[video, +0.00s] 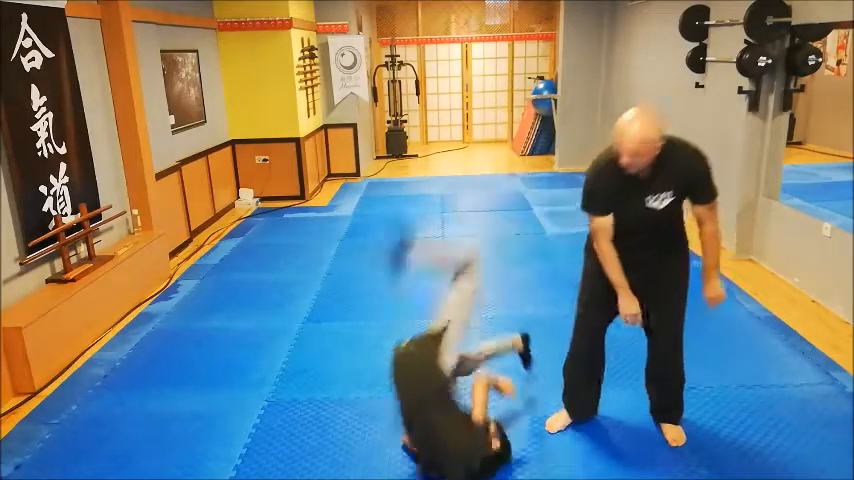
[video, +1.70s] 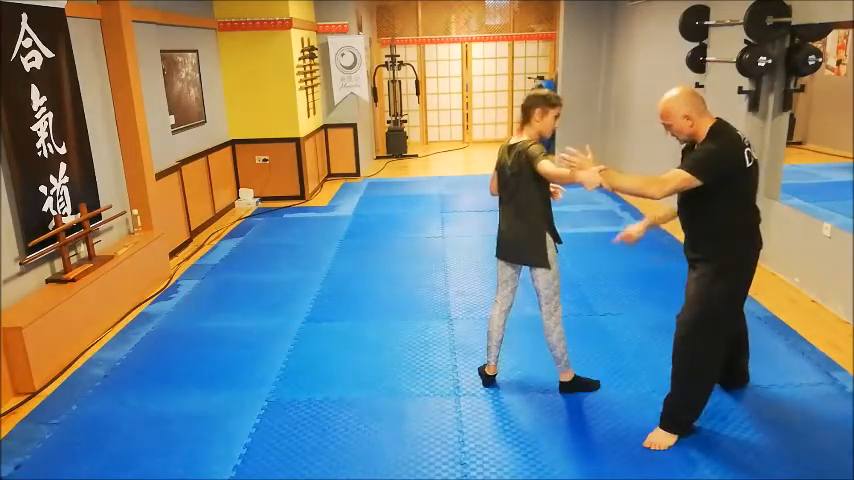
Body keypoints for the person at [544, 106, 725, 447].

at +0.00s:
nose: (625, 161)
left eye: (635, 155)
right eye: (622, 152)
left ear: (656, 146)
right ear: (617, 144)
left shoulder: (687, 162)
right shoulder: (603, 173)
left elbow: (707, 220)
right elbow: (602, 240)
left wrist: (711, 277)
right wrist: (623, 292)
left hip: (665, 254)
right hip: (611, 251)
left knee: (667, 337)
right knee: (587, 328)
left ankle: (667, 414)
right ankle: (578, 406)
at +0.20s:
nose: (664, 119)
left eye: (674, 113)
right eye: (659, 110)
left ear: (694, 113)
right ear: (653, 106)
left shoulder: (718, 150)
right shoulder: (630, 152)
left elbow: (727, 208)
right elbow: (609, 217)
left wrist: (726, 265)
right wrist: (614, 277)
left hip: (682, 266)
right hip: (629, 262)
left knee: (677, 349)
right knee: (595, 341)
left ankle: (669, 417)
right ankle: (576, 406)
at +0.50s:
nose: (690, 97)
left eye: (701, 91)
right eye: (686, 89)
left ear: (720, 97)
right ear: (679, 91)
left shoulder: (741, 145)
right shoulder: (652, 138)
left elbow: (746, 209)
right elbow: (626, 199)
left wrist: (742, 268)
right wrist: (618, 254)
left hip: (700, 267)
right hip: (644, 259)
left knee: (688, 348)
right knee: (615, 332)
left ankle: (671, 416)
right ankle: (614, 388)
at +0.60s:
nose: (693, 94)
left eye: (704, 88)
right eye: (689, 85)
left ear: (723, 95)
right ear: (682, 89)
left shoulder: (745, 143)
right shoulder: (657, 136)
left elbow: (750, 208)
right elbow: (631, 196)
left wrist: (745, 267)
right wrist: (624, 250)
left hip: (704, 263)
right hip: (650, 255)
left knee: (690, 344)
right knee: (622, 315)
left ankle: (671, 414)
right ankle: (645, 367)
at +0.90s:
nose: (696, 90)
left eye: (707, 85)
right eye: (693, 84)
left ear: (726, 92)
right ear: (687, 89)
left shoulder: (749, 138)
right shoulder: (668, 132)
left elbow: (757, 203)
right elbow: (648, 189)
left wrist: (747, 258)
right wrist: (630, 236)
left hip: (710, 257)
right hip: (661, 250)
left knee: (690, 338)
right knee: (654, 322)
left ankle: (671, 413)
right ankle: (685, 379)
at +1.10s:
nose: (671, 131)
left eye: (672, 124)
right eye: (669, 125)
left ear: (693, 116)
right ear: (695, 116)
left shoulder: (719, 151)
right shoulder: (721, 136)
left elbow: (657, 186)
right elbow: (713, 198)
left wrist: (603, 173)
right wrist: (688, 237)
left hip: (724, 258)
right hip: (728, 247)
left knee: (694, 332)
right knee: (726, 313)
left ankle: (676, 422)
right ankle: (732, 372)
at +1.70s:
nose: (669, 133)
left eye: (670, 125)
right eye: (667, 126)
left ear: (690, 117)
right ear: (691, 117)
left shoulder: (717, 150)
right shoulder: (717, 138)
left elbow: (658, 188)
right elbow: (688, 200)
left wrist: (603, 177)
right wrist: (646, 223)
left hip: (722, 258)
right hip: (719, 249)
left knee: (693, 331)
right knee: (726, 313)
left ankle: (676, 422)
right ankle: (733, 373)